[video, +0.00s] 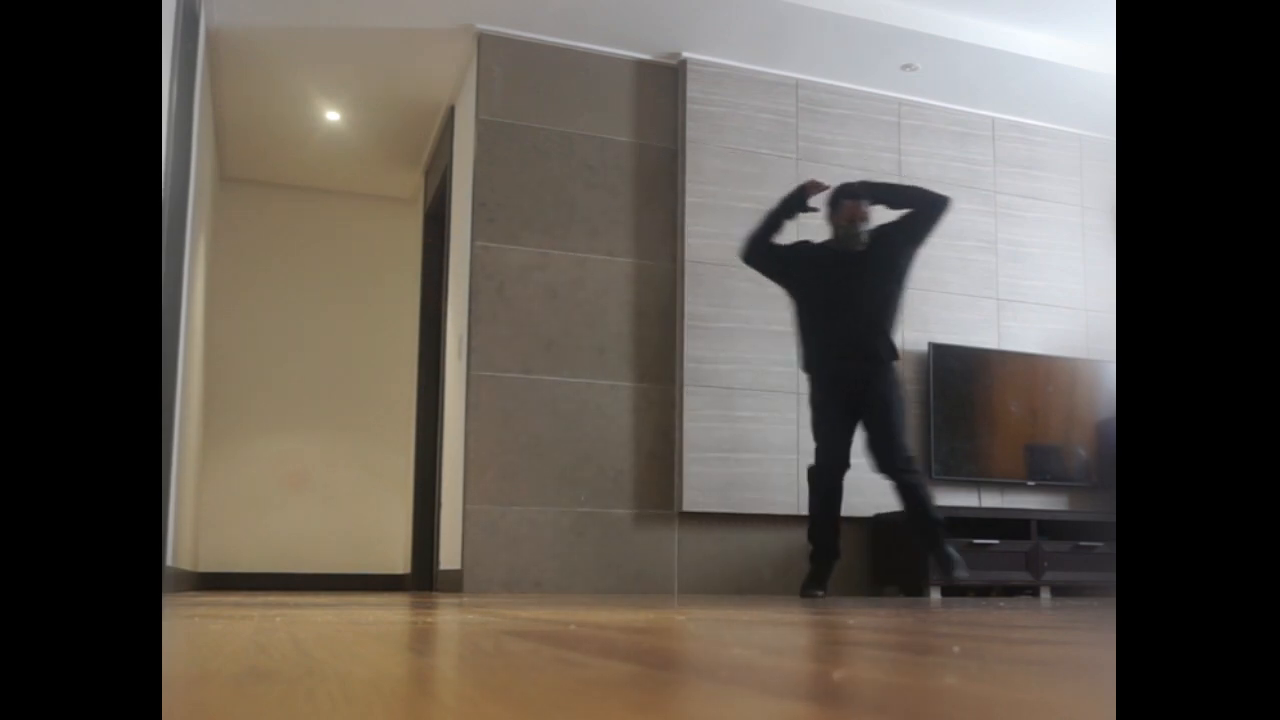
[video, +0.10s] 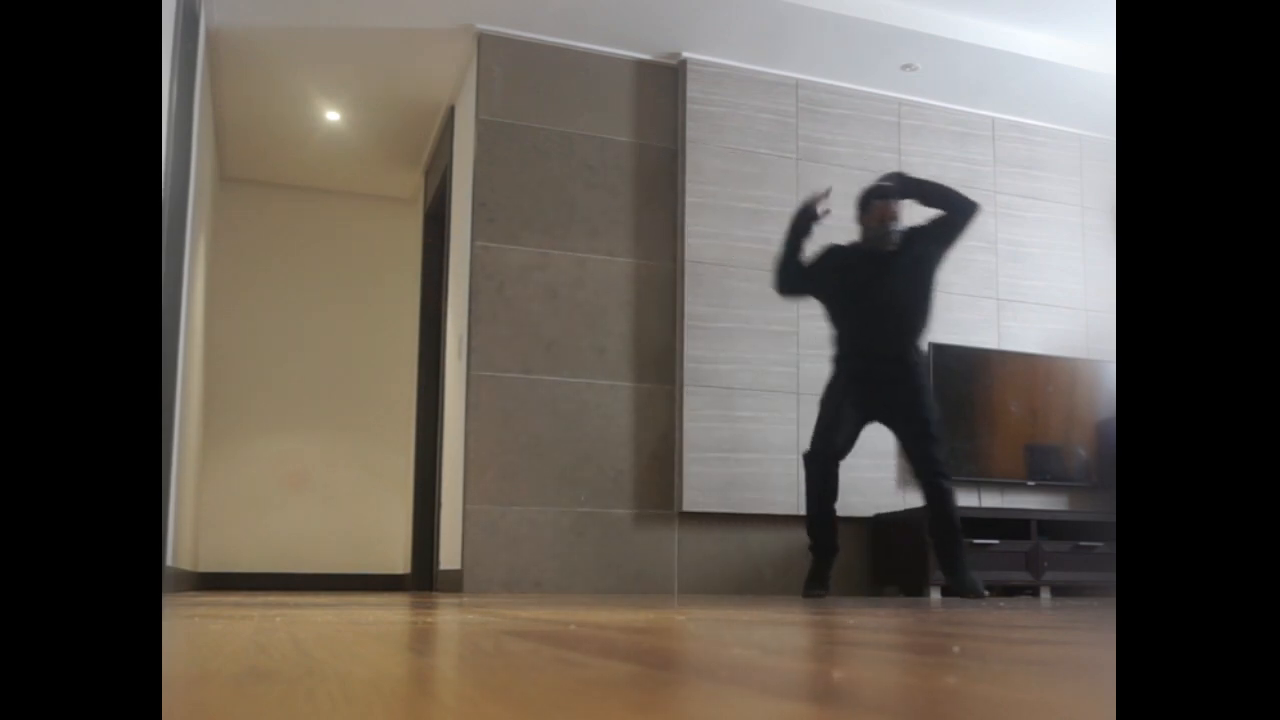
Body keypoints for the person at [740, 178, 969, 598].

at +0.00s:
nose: (857, 214)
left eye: (863, 208)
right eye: (848, 208)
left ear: (870, 214)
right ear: (831, 217)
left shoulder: (890, 247)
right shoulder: (804, 260)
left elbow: (934, 203)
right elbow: (754, 251)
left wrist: (869, 190)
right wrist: (794, 201)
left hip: (877, 378)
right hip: (829, 381)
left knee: (896, 461)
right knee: (828, 471)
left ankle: (941, 554)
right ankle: (820, 568)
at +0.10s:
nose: (887, 219)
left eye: (892, 212)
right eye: (879, 212)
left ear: (900, 215)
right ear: (862, 218)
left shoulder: (920, 249)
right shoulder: (838, 262)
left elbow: (964, 209)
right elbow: (787, 282)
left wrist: (914, 187)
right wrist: (801, 227)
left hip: (905, 381)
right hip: (852, 382)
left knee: (934, 472)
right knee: (819, 460)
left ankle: (957, 575)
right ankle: (822, 560)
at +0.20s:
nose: (907, 223)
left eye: (911, 217)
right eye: (897, 217)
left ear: (918, 221)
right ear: (880, 225)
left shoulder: (939, 259)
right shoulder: (858, 272)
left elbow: (983, 226)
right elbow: (811, 309)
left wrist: (938, 191)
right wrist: (808, 260)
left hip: (922, 391)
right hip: (869, 389)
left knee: (951, 480)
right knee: (823, 454)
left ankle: (958, 578)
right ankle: (819, 562)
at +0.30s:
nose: (923, 232)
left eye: (929, 225)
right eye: (916, 224)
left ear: (935, 225)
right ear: (896, 222)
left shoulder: (946, 262)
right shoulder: (868, 267)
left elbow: (995, 272)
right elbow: (847, 321)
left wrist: (985, 221)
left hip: (936, 385)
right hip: (888, 381)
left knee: (950, 477)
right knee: (871, 460)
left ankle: (957, 577)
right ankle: (809, 551)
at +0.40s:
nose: (933, 227)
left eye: (936, 219)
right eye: (925, 220)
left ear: (938, 220)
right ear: (902, 219)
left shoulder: (947, 265)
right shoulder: (870, 264)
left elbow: (981, 309)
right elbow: (851, 326)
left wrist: (1009, 266)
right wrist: (837, 381)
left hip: (939, 384)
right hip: (893, 382)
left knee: (949, 479)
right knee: (896, 468)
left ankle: (957, 577)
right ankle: (812, 550)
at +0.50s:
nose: (931, 218)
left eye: (930, 210)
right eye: (921, 212)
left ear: (923, 216)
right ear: (899, 219)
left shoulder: (938, 267)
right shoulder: (879, 265)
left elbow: (942, 330)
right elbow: (858, 328)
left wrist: (981, 316)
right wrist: (836, 385)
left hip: (942, 386)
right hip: (895, 383)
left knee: (959, 480)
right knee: (868, 464)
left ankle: (957, 578)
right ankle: (799, 554)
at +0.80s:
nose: (892, 222)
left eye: (893, 215)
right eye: (882, 218)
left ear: (898, 216)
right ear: (861, 226)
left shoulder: (916, 260)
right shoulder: (847, 268)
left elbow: (933, 312)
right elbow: (827, 317)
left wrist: (933, 333)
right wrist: (809, 325)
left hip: (915, 385)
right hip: (869, 388)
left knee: (963, 464)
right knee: (847, 475)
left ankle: (1014, 555)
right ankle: (806, 571)